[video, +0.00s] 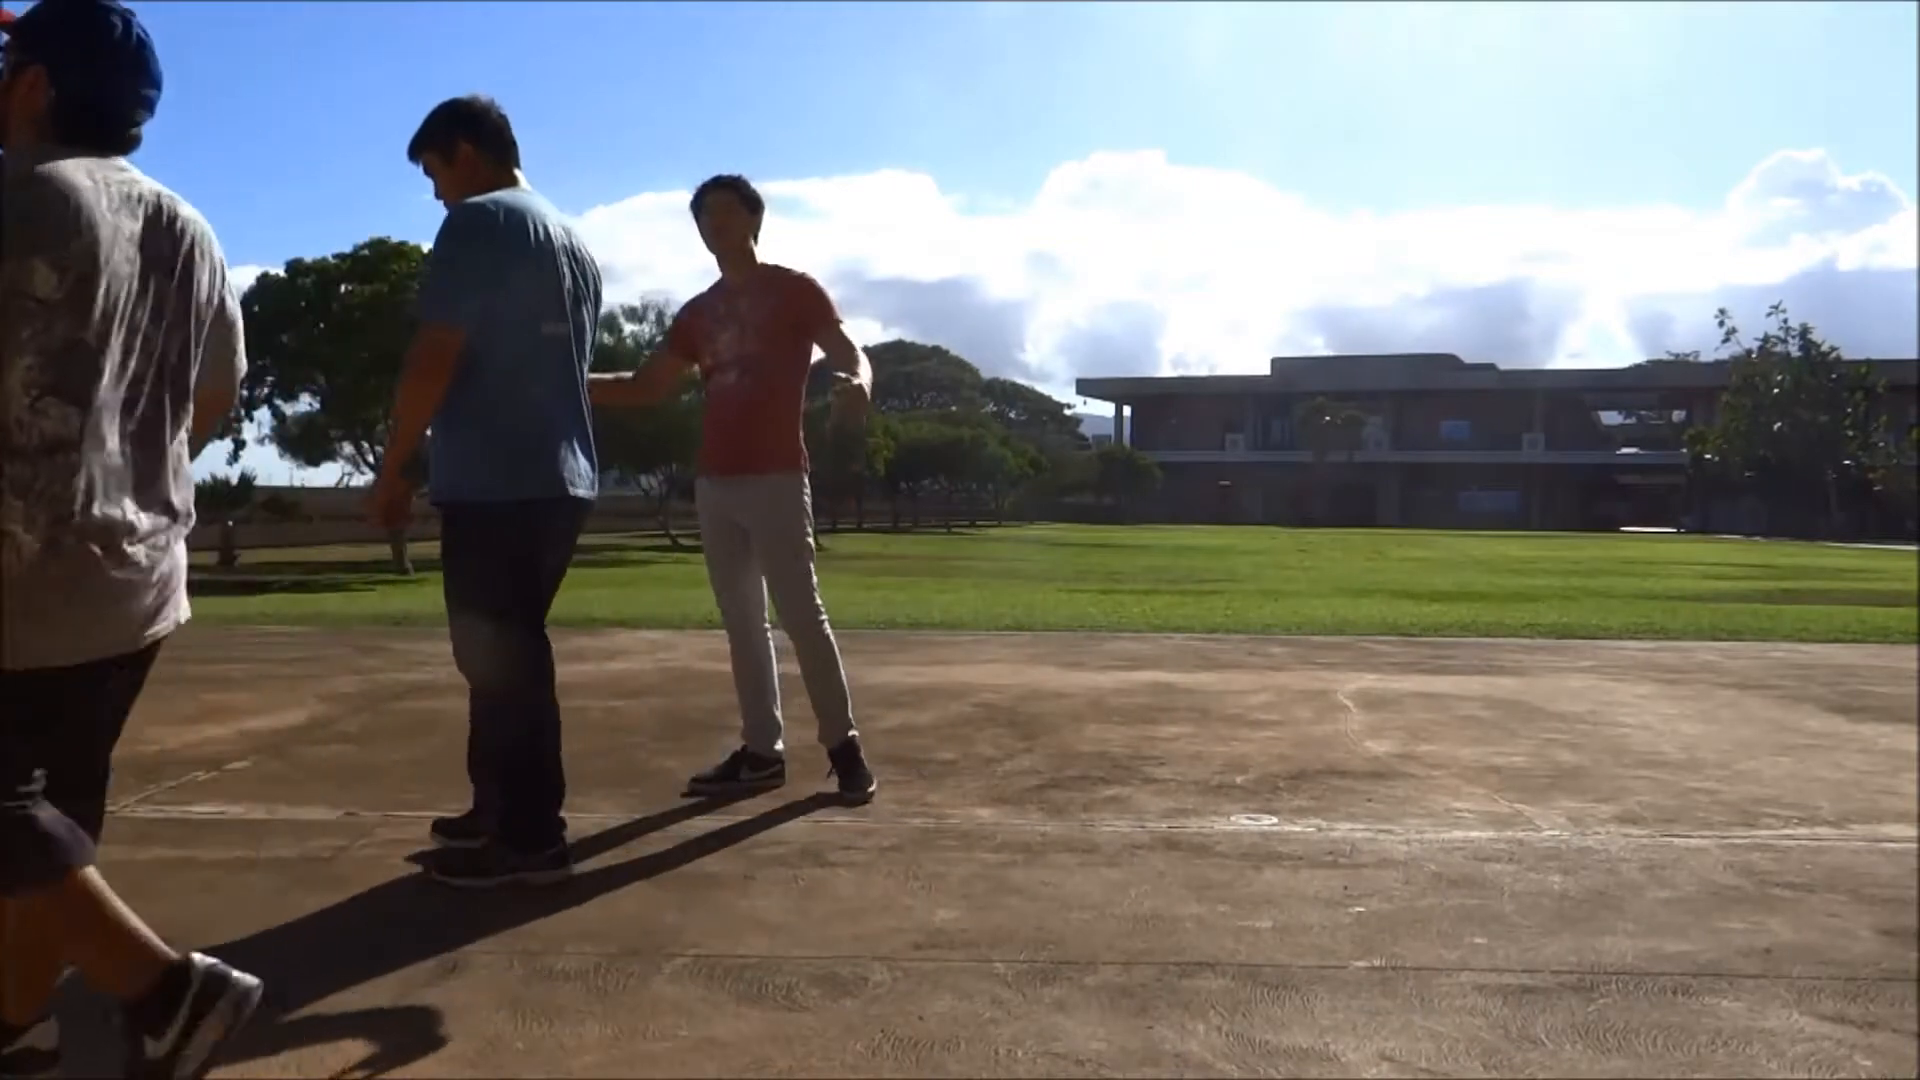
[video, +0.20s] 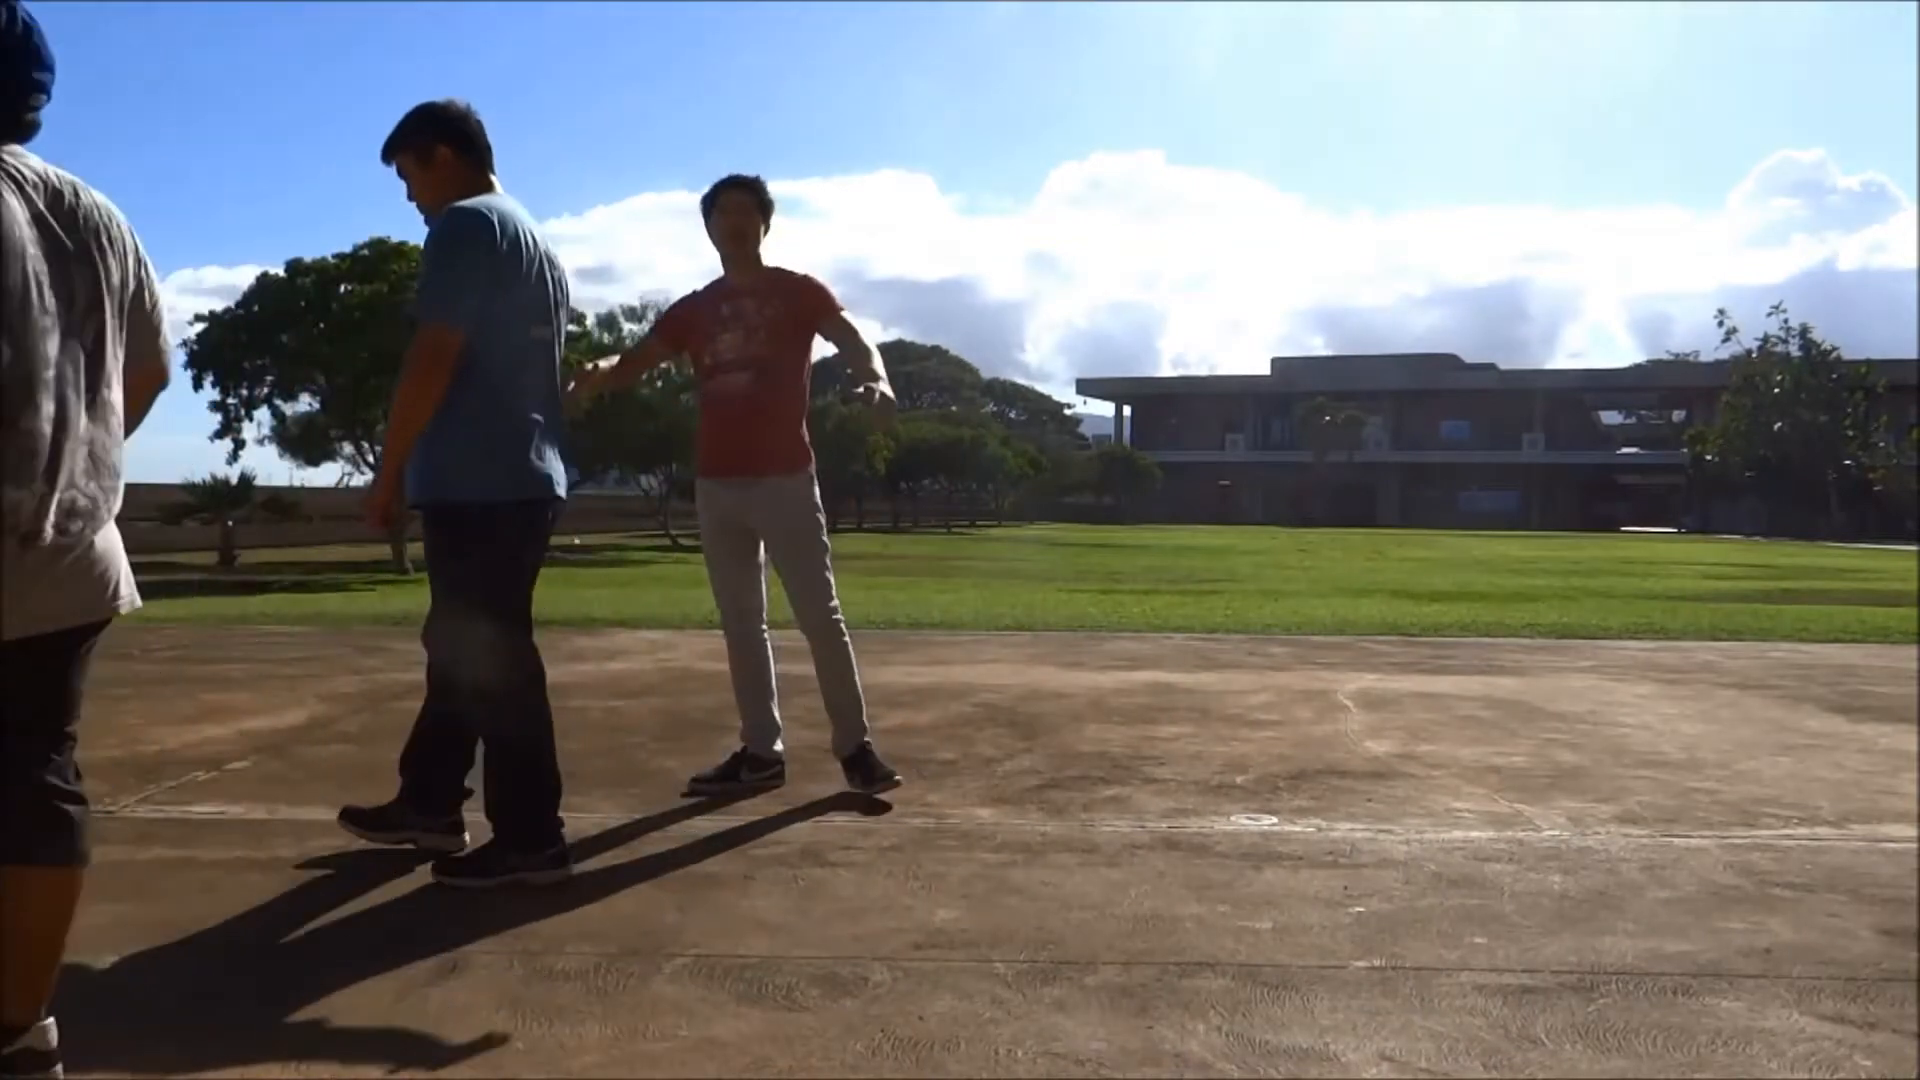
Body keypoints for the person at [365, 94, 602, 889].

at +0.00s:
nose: (434, 189)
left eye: (435, 171)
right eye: (429, 174)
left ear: (467, 154)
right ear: (503, 153)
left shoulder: (473, 226)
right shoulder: (570, 240)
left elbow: (436, 355)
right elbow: (567, 371)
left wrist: (392, 465)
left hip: (492, 487)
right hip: (557, 483)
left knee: (499, 655)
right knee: (506, 647)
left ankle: (529, 836)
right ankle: (501, 808)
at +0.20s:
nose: (409, 193)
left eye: (409, 174)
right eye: (403, 178)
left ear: (445, 157)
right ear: (474, 157)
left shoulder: (463, 227)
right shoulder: (531, 240)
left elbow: (437, 354)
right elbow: (538, 370)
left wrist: (388, 471)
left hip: (477, 488)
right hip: (520, 485)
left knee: (498, 656)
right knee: (458, 648)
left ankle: (530, 836)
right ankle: (428, 803)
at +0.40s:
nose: (380, 199)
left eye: (381, 181)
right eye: (375, 185)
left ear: (422, 162)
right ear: (431, 163)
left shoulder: (459, 233)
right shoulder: (483, 234)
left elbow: (438, 360)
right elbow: (486, 369)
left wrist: (387, 470)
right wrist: (413, 475)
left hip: (465, 486)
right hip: (461, 485)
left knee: (481, 655)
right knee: (427, 649)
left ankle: (528, 832)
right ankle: (419, 809)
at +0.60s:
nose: (359, 198)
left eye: (362, 179)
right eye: (352, 183)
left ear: (410, 161)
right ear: (410, 167)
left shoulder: (455, 237)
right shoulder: (439, 243)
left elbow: (445, 364)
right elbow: (443, 368)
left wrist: (393, 473)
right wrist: (395, 472)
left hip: (456, 490)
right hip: (431, 490)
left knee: (460, 650)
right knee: (417, 647)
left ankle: (521, 822)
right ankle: (419, 808)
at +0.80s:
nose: (350, 192)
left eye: (358, 174)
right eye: (342, 177)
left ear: (408, 163)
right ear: (357, 178)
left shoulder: (461, 247)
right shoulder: (380, 264)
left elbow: (458, 366)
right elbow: (354, 381)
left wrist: (401, 468)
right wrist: (317, 477)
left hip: (453, 484)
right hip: (393, 487)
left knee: (453, 642)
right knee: (401, 646)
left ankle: (516, 815)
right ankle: (418, 809)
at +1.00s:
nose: (354, 183)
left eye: (368, 166)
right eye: (346, 170)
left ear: (414, 162)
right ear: (340, 177)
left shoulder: (466, 249)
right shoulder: (351, 271)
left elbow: (472, 368)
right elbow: (328, 384)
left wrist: (418, 466)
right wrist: (292, 477)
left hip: (457, 483)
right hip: (376, 489)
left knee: (457, 647)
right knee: (393, 649)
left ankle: (492, 819)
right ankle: (416, 809)